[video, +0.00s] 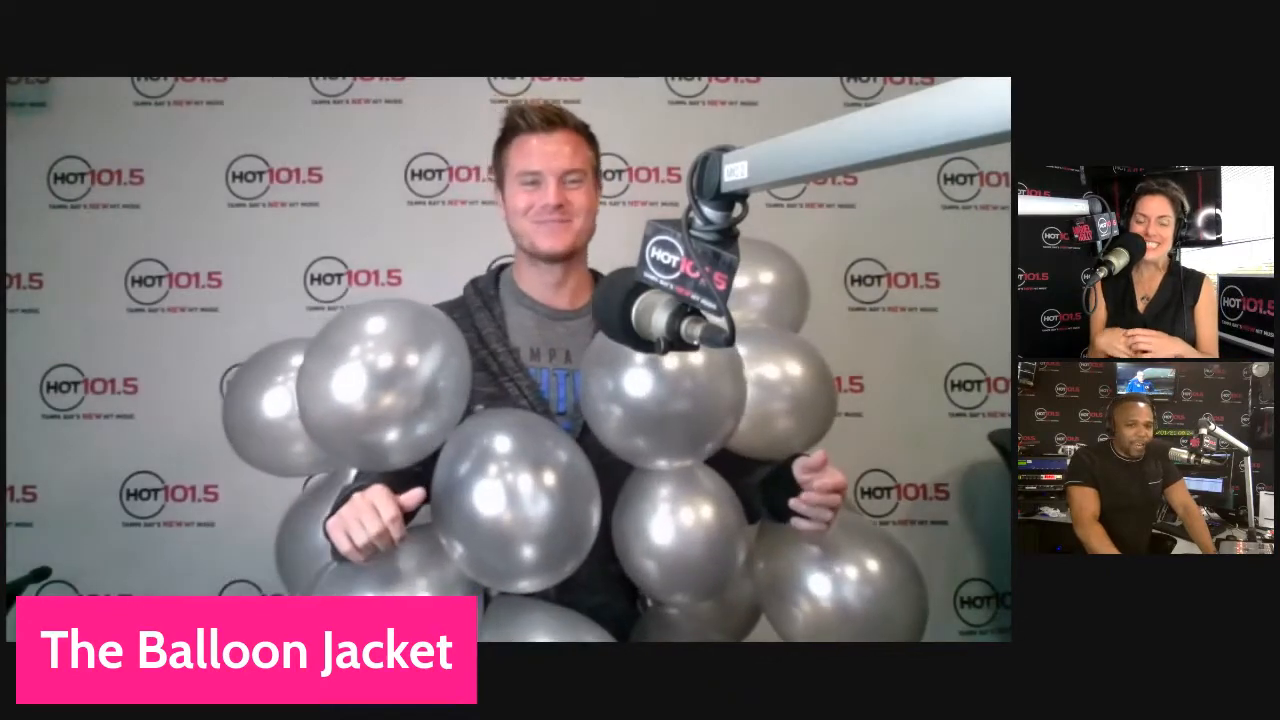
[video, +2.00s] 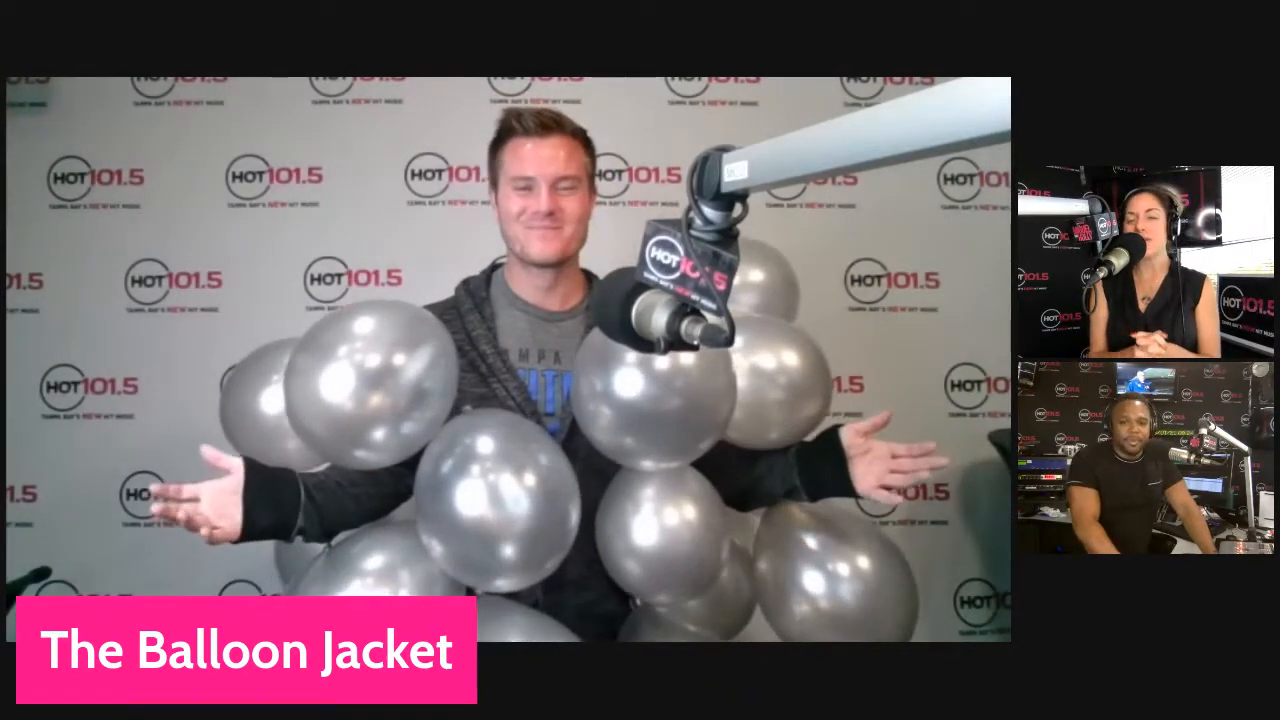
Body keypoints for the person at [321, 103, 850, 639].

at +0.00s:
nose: (552, 199)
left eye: (571, 179)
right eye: (530, 181)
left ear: (598, 193)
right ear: (501, 197)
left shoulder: (652, 317)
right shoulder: (445, 334)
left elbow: (704, 455)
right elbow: (396, 448)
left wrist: (782, 487)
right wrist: (357, 498)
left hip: (638, 611)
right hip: (493, 611)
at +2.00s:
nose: (546, 206)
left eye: (566, 188)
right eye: (525, 189)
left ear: (593, 201)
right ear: (493, 204)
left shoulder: (650, 326)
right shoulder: (433, 335)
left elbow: (717, 465)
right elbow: (388, 475)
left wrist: (829, 461)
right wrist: (273, 501)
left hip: (638, 616)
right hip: (491, 612)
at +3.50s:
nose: (512, 206)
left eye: (528, 186)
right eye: (489, 187)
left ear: (550, 201)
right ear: (456, 203)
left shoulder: (597, 326)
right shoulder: (408, 335)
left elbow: (652, 448)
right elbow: (370, 472)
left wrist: (732, 461)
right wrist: (244, 497)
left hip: (575, 603)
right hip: (443, 602)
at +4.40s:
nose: (527, 260)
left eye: (551, 243)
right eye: (513, 232)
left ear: (581, 236)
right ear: (488, 210)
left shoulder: (598, 337)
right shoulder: (430, 333)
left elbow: (649, 456)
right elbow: (364, 448)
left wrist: (752, 470)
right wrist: (332, 517)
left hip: (591, 606)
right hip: (459, 606)